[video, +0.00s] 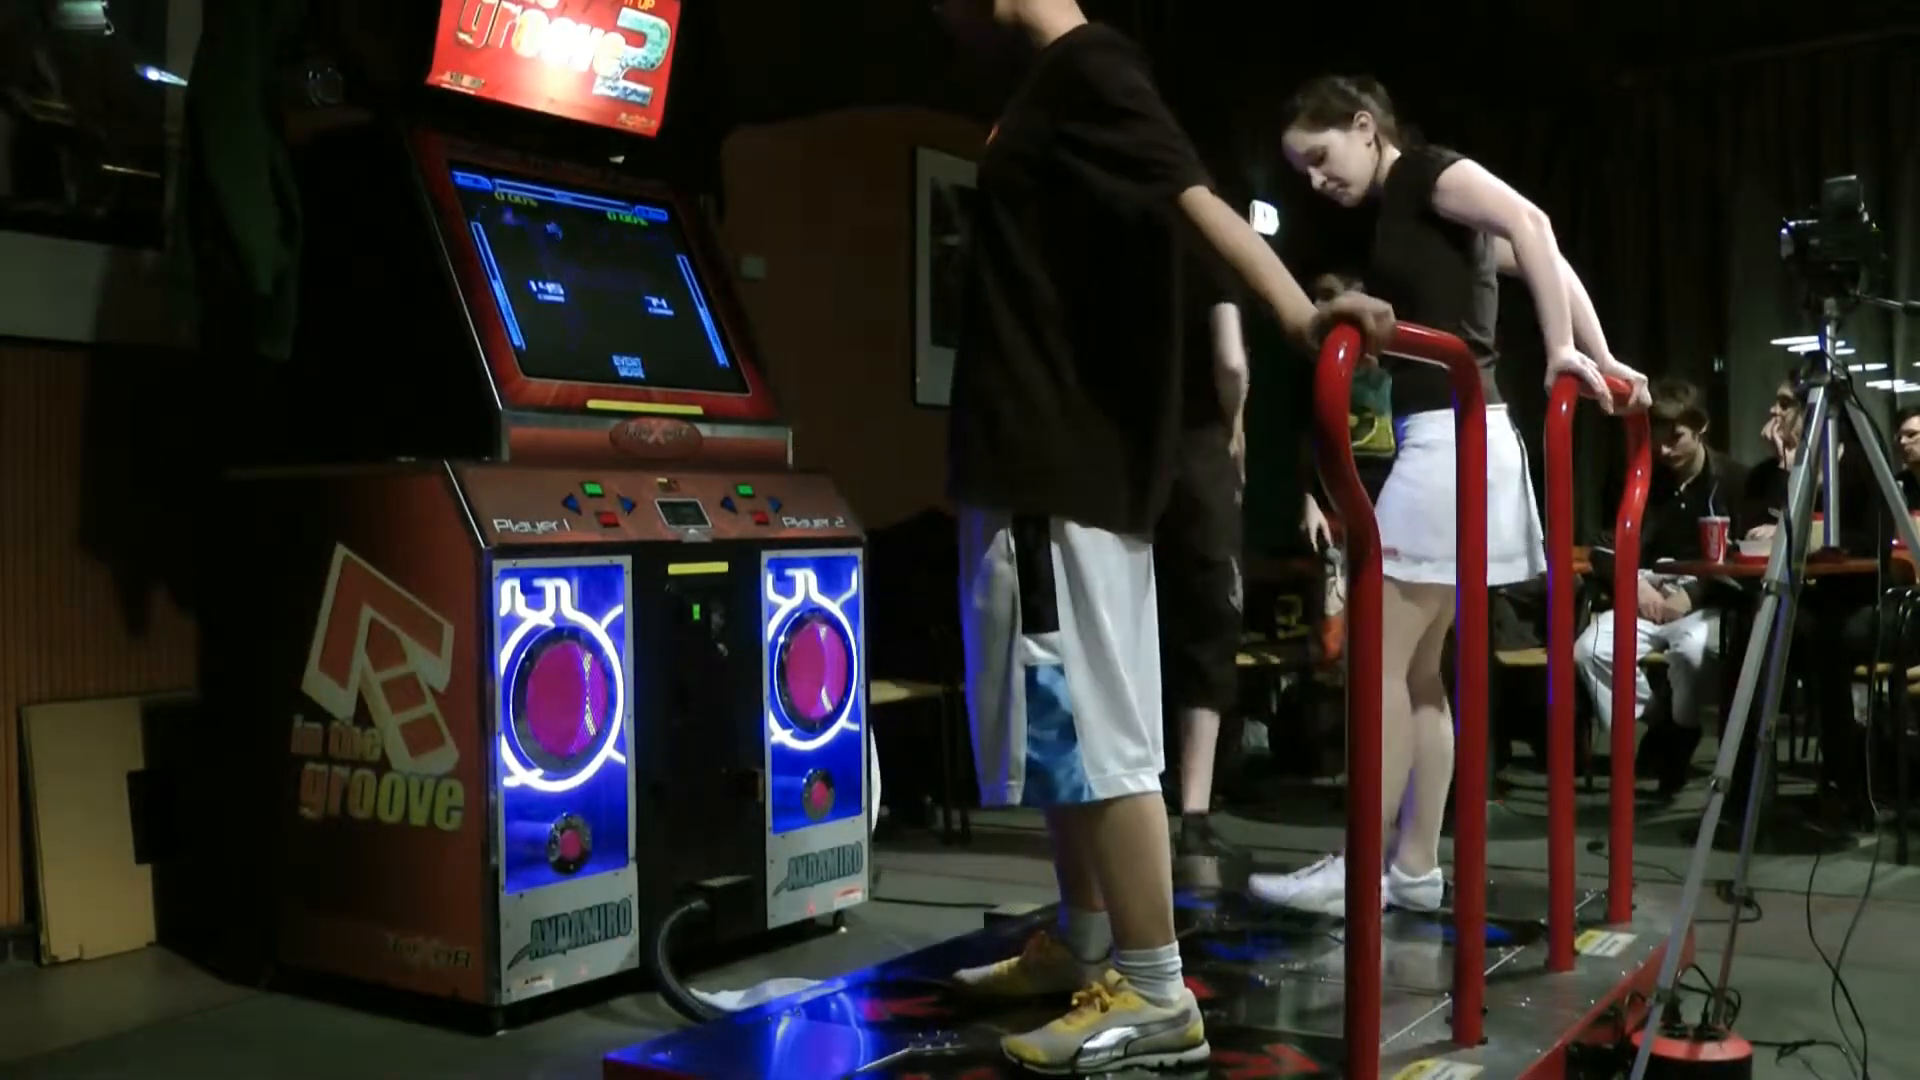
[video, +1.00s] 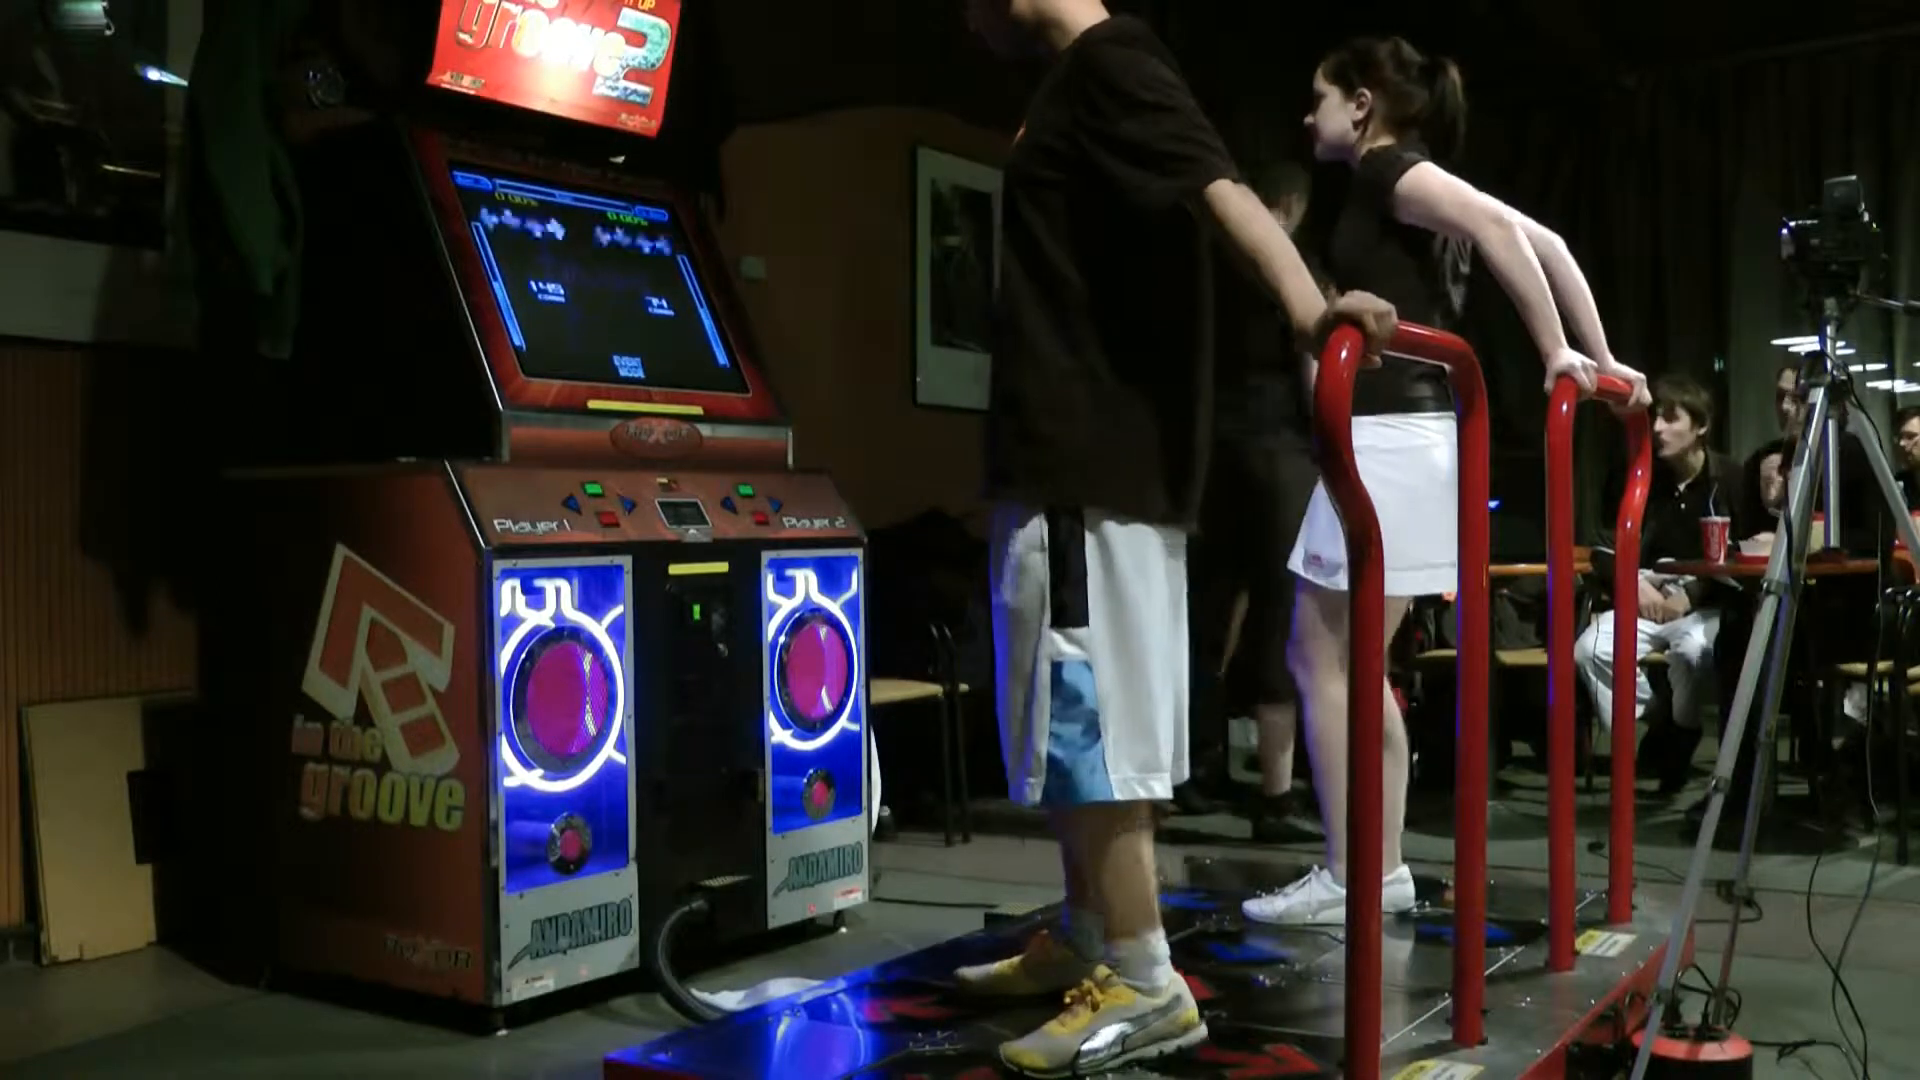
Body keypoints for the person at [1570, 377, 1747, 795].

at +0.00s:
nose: (1667, 447)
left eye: (1675, 436)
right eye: (1659, 439)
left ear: (1700, 429)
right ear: (1648, 437)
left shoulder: (1730, 479)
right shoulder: (1644, 477)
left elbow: (1741, 557)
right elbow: (1605, 549)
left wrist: (1691, 596)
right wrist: (1637, 589)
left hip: (1705, 600)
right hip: (1647, 594)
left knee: (1692, 650)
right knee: (1594, 648)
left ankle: (1682, 737)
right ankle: (1658, 727)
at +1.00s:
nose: (1659, 428)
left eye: (1671, 419)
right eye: (1655, 418)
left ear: (1700, 429)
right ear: (1648, 423)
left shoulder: (1727, 477)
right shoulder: (1639, 474)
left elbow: (1737, 553)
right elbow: (1607, 547)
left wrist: (1689, 594)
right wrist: (1635, 585)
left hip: (1700, 603)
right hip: (1644, 598)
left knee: (1692, 651)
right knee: (1594, 649)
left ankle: (1683, 735)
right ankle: (1656, 729)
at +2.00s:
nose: (1663, 425)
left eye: (1675, 414)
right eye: (1658, 416)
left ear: (1703, 420)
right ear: (1651, 421)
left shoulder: (1738, 481)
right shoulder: (1646, 478)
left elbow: (1755, 562)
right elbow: (1608, 551)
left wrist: (1692, 595)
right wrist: (1635, 587)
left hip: (1711, 604)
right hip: (1649, 604)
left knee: (1690, 651)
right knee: (1593, 648)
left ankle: (1685, 740)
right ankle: (1644, 741)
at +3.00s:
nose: (1649, 435)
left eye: (1657, 426)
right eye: (1648, 425)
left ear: (1689, 427)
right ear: (1646, 425)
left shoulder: (1734, 480)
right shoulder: (1642, 477)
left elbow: (1747, 559)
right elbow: (1606, 547)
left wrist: (1692, 595)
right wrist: (1634, 587)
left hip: (1701, 601)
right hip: (1643, 597)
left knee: (1694, 650)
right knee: (1596, 648)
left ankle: (1678, 750)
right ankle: (1649, 739)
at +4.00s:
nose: (1650, 426)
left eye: (1659, 418)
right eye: (1650, 417)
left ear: (1689, 425)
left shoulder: (1734, 480)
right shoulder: (1645, 474)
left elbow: (1745, 560)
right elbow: (1607, 546)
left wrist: (1692, 595)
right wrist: (1634, 587)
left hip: (1703, 602)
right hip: (1645, 598)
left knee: (1695, 654)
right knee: (1596, 648)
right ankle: (1643, 750)